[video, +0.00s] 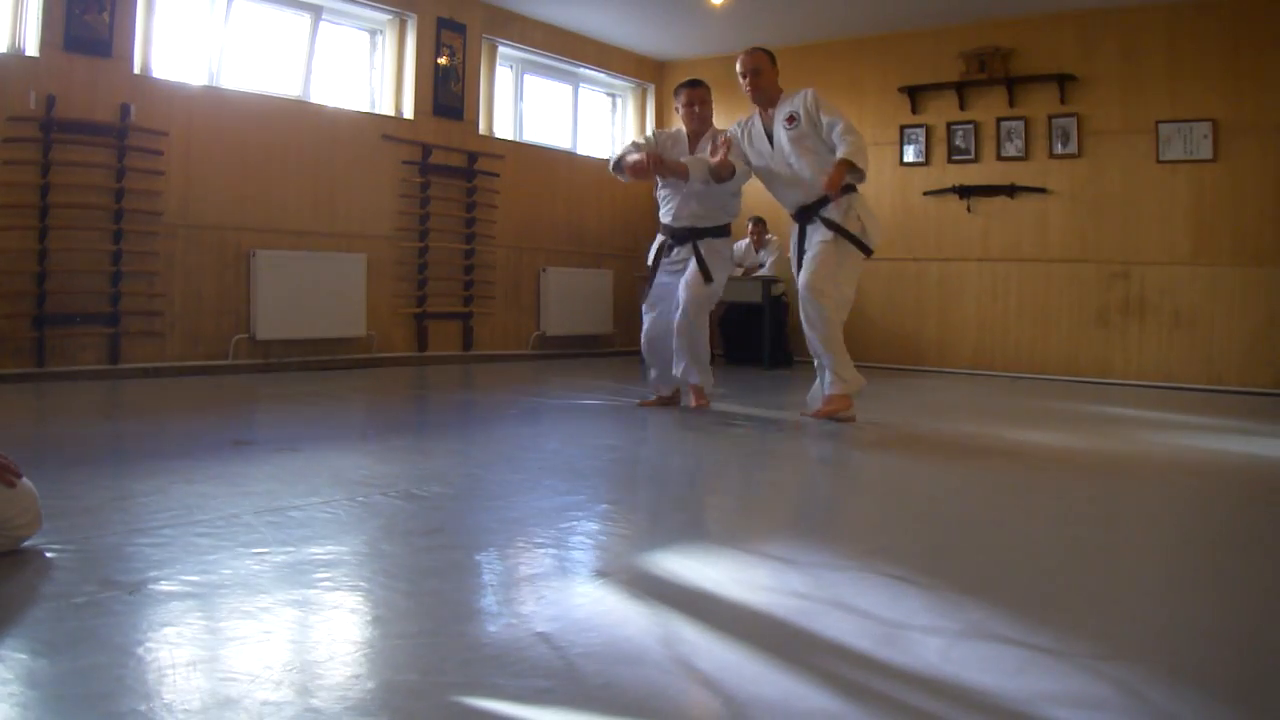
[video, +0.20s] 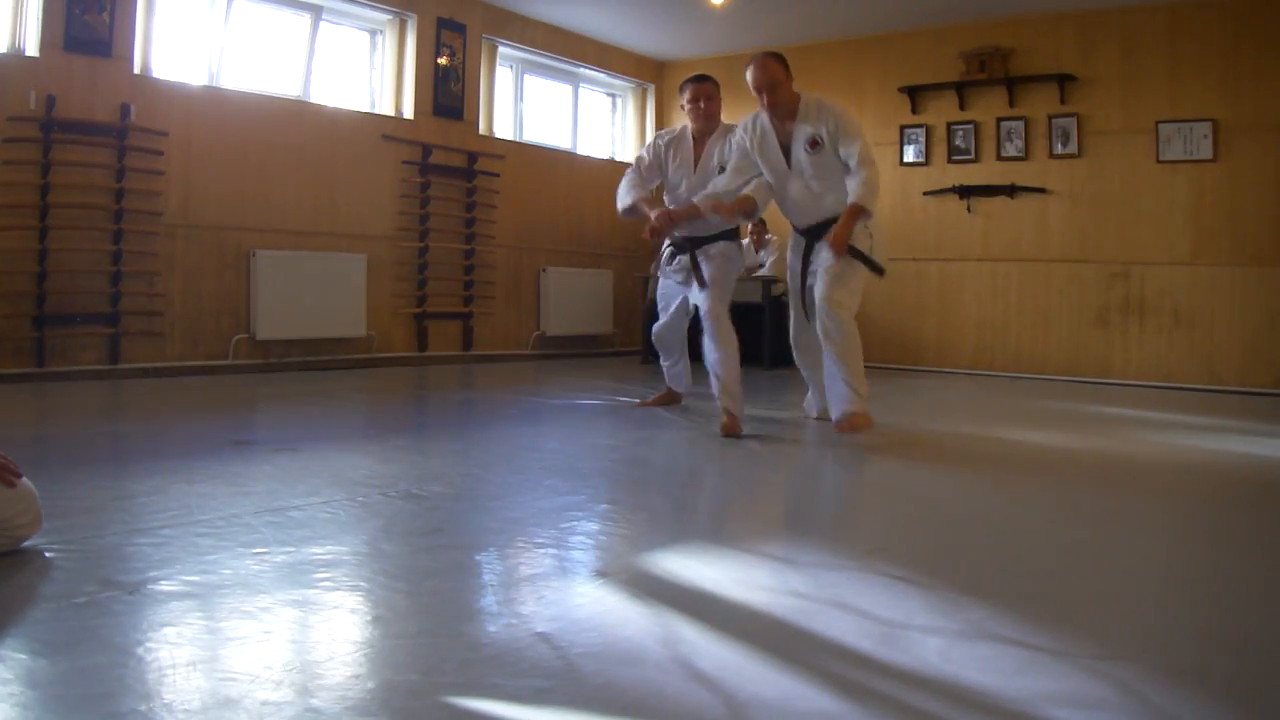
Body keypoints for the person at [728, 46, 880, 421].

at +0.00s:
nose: (748, 82)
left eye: (755, 73)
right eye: (742, 76)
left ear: (775, 73)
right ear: (739, 83)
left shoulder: (805, 103)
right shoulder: (743, 131)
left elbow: (850, 138)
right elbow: (726, 175)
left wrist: (840, 169)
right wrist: (719, 161)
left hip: (838, 208)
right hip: (804, 223)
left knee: (813, 288)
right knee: (811, 304)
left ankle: (839, 391)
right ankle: (828, 395)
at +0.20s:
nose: (766, 99)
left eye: (772, 89)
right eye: (758, 92)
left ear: (791, 80)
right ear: (751, 92)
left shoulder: (826, 116)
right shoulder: (752, 132)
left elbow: (865, 171)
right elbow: (727, 187)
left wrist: (846, 222)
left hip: (843, 226)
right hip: (803, 235)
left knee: (829, 304)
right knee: (804, 325)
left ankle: (851, 407)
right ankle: (822, 404)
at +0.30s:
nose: (773, 128)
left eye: (779, 118)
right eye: (765, 120)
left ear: (800, 105)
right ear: (757, 114)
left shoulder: (843, 138)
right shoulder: (759, 140)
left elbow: (871, 203)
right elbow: (738, 192)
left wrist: (841, 261)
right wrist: (689, 229)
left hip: (855, 241)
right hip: (811, 245)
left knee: (847, 326)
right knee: (812, 332)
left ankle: (870, 427)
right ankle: (829, 402)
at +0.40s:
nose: (766, 176)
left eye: (769, 167)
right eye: (762, 168)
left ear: (793, 151)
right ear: (769, 152)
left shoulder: (842, 178)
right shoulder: (791, 162)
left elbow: (862, 260)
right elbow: (770, 205)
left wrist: (817, 326)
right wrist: (740, 249)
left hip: (869, 247)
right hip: (832, 246)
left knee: (857, 331)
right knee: (831, 312)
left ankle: (870, 430)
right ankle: (828, 368)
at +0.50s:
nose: (743, 238)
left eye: (750, 230)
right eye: (739, 227)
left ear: (777, 218)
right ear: (740, 196)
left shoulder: (825, 227)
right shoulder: (764, 164)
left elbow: (835, 317)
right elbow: (808, 150)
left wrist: (799, 377)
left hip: (886, 228)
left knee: (869, 328)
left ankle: (867, 430)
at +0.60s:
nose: (746, 293)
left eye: (743, 288)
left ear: (758, 279)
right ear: (742, 230)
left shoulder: (811, 290)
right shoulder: (766, 192)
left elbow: (823, 353)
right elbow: (783, 125)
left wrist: (793, 413)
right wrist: (756, 120)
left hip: (899, 214)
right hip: (860, 170)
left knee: (872, 328)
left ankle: (866, 420)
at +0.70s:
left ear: (725, 352)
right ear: (724, 293)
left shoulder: (802, 357)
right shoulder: (755, 243)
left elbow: (822, 437)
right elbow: (780, 160)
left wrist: (802, 454)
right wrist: (798, 93)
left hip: (912, 238)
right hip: (870, 178)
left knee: (883, 326)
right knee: (871, 117)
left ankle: (872, 394)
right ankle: (887, 72)